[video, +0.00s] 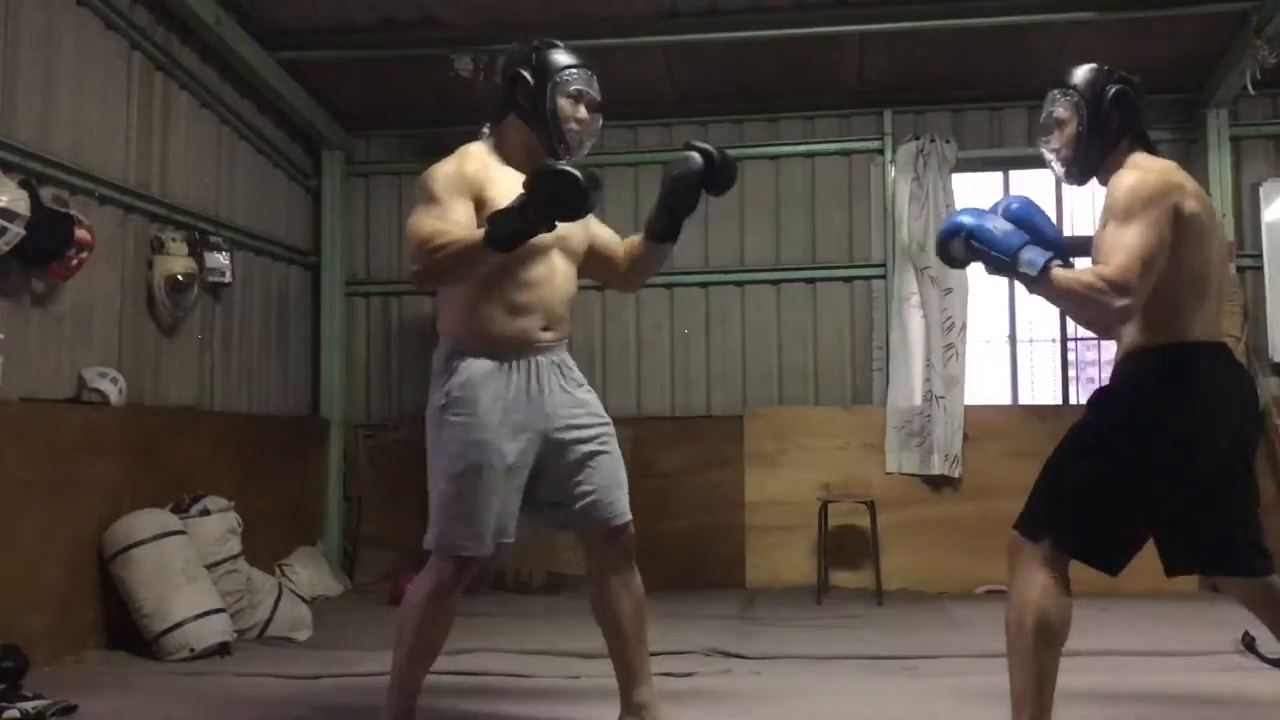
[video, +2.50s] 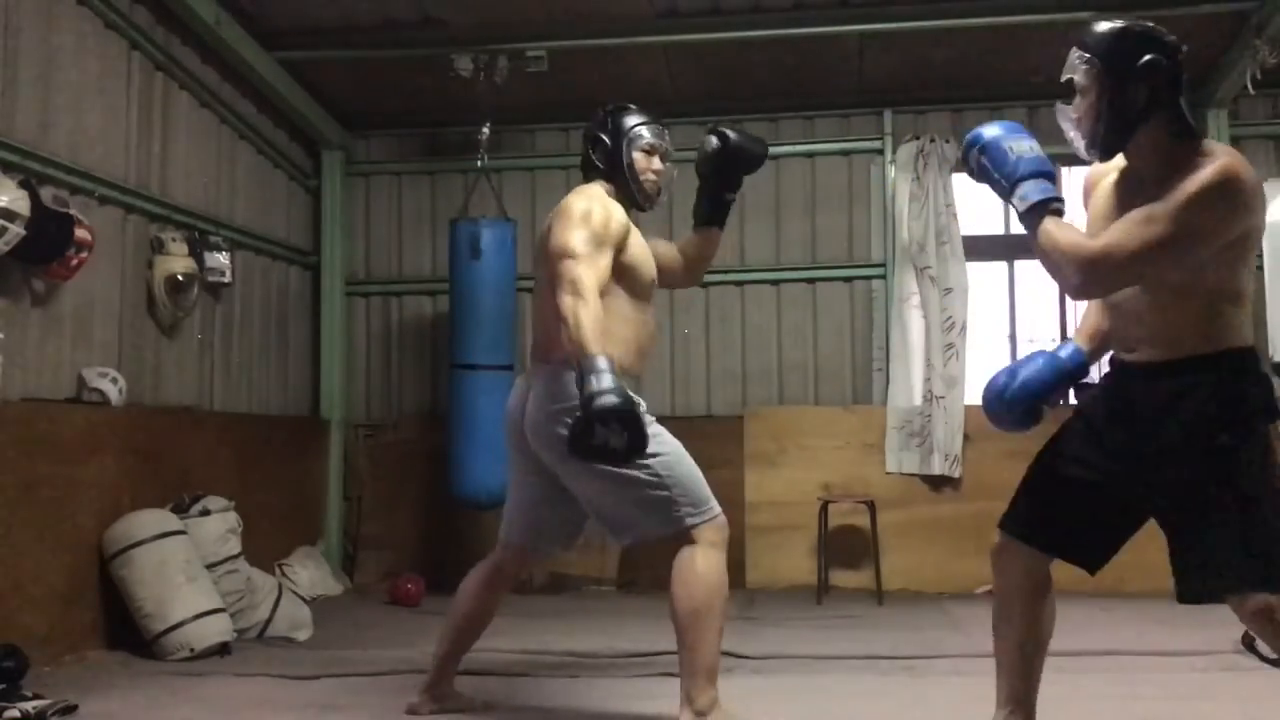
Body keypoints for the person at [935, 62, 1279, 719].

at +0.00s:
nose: (1049, 139)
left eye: (1059, 122)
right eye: (1046, 126)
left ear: (1106, 119)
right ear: (1118, 125)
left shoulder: (1141, 181)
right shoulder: (1174, 183)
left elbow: (1109, 305)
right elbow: (1134, 290)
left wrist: (1023, 260)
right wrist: (1057, 244)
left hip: (1161, 390)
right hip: (1218, 390)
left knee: (1037, 548)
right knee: (1239, 571)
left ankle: (1030, 713)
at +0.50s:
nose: (1037, 133)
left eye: (1047, 116)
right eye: (1036, 119)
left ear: (1091, 114)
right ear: (1089, 119)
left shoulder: (1147, 178)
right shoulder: (1120, 198)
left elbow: (1126, 302)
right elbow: (1092, 319)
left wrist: (1029, 255)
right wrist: (1011, 278)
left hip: (1169, 388)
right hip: (1204, 390)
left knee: (1047, 549)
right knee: (1242, 569)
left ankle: (1033, 711)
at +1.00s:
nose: (1083, 96)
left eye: (1095, 81)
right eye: (1084, 81)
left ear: (1136, 83)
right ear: (1166, 87)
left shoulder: (1124, 138)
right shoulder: (1227, 159)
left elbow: (1024, 249)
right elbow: (1110, 253)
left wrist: (964, 335)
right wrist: (1040, 200)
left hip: (1168, 326)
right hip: (1252, 345)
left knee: (1042, 499)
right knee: (1197, 555)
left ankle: (1085, 694)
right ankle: (1186, 713)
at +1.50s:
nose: (1141, 95)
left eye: (1155, 78)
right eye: (1139, 80)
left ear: (1212, 79)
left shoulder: (1272, 164)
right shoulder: (1184, 169)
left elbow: (1257, 287)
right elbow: (1206, 289)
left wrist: (1168, 236)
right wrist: (1135, 345)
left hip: (1264, 392)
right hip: (1201, 389)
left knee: (1272, 580)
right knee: (1105, 528)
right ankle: (1130, 708)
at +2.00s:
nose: (1006, 118)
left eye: (1015, 101)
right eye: (1006, 102)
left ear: (1065, 102)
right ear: (1070, 105)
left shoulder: (1159, 170)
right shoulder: (1050, 185)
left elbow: (1048, 274)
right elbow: (1024, 274)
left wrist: (980, 201)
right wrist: (963, 291)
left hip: (1188, 381)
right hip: (1101, 382)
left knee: (1216, 574)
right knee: (1013, 543)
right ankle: (1017, 713)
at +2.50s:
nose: (1065, 106)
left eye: (1077, 88)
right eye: (1064, 90)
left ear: (1138, 90)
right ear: (1132, 95)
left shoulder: (1224, 180)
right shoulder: (1100, 183)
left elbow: (1085, 272)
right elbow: (1111, 299)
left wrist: (1028, 191)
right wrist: (1069, 358)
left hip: (1215, 402)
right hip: (1123, 399)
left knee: (1257, 601)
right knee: (1018, 551)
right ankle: (1014, 713)